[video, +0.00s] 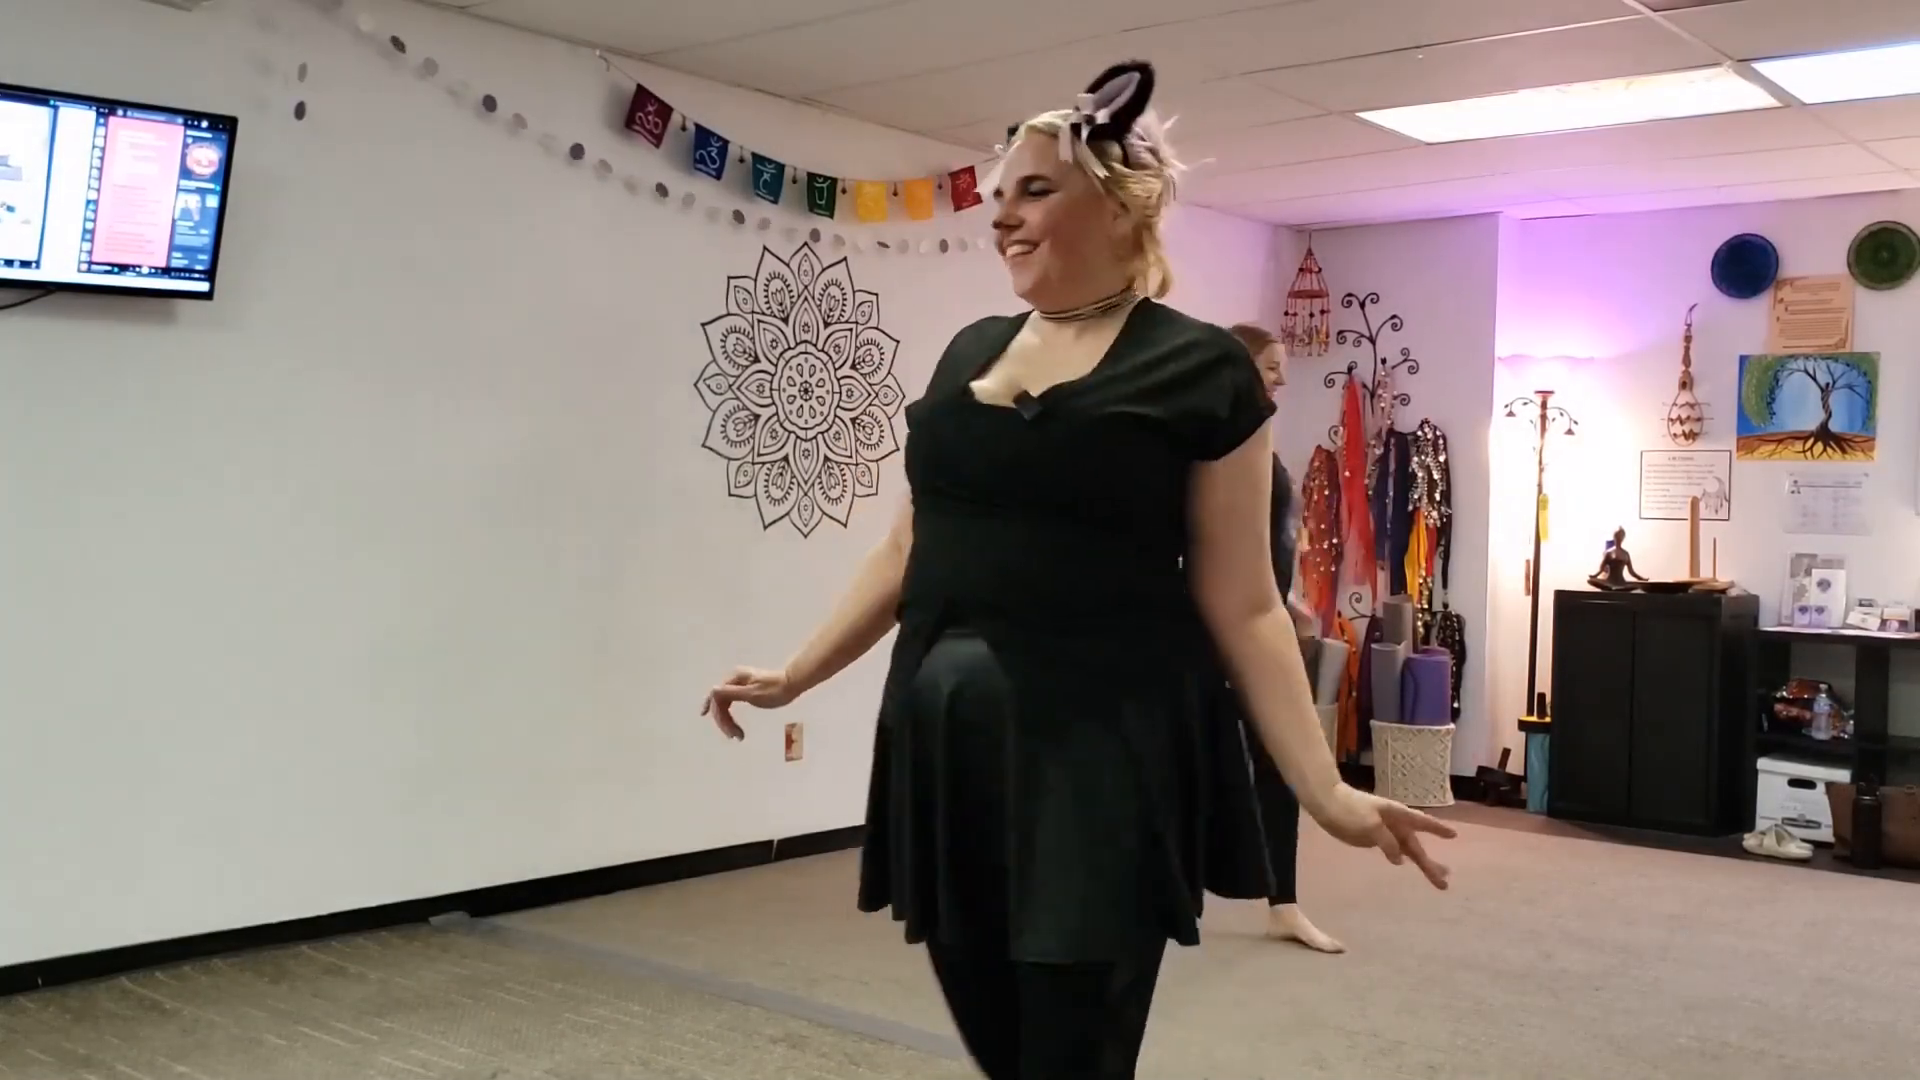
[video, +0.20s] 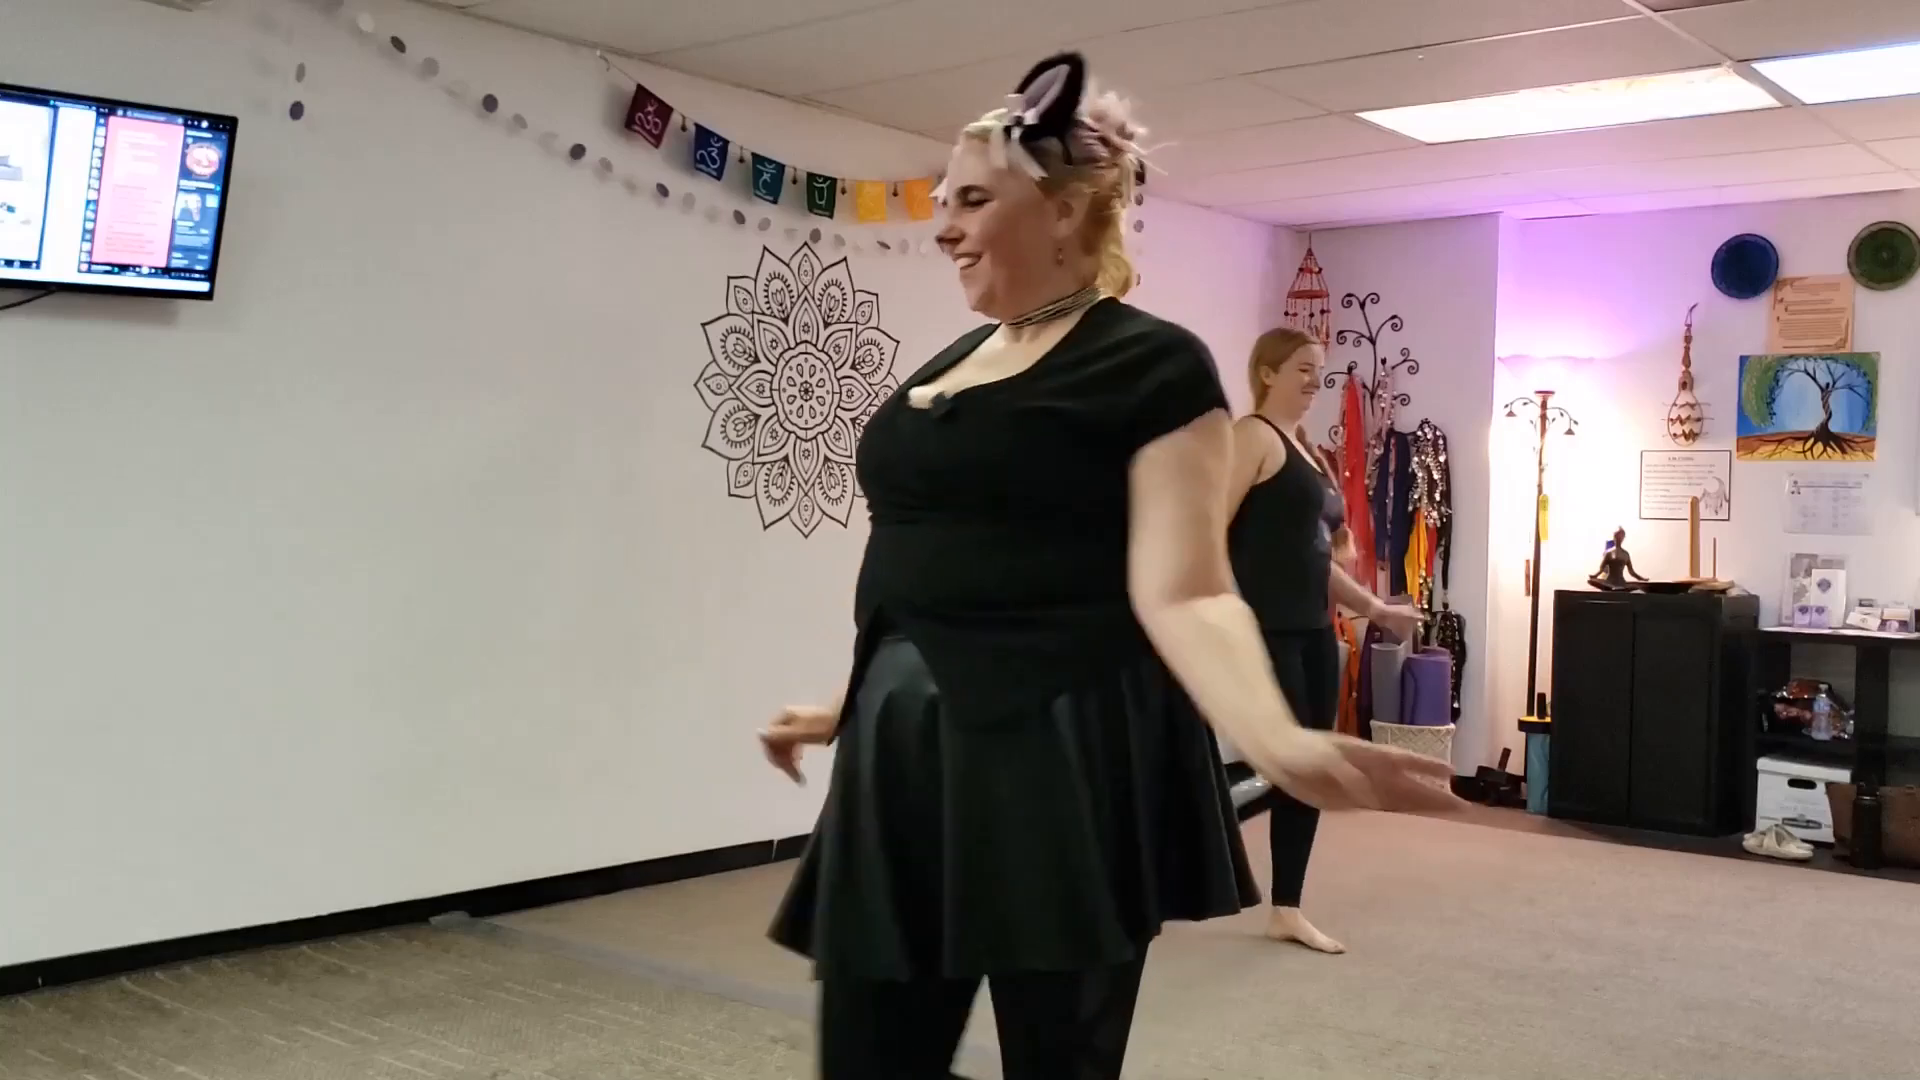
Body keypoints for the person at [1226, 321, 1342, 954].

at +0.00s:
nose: (1277, 384)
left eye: (1280, 373)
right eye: (1268, 371)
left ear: (1278, 377)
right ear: (1234, 371)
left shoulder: (1270, 464)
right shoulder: (1208, 455)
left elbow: (1276, 551)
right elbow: (1213, 556)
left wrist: (1291, 604)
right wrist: (1279, 607)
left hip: (1266, 623)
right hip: (1213, 622)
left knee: (1281, 760)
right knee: (1187, 753)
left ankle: (1284, 903)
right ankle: (1163, 900)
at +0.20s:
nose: (1313, 382)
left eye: (1318, 373)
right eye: (1303, 371)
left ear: (1317, 382)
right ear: (1267, 374)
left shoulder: (1304, 450)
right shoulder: (1250, 437)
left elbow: (1314, 559)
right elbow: (1208, 528)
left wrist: (1376, 607)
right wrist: (1215, 608)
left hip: (1314, 631)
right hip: (1263, 628)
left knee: (1306, 765)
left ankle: (1286, 906)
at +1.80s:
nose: (1360, 384)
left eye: (1356, 374)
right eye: (1357, 375)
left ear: (1290, 378)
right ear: (1346, 382)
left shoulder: (1279, 452)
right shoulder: (1381, 460)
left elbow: (1243, 529)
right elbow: (1391, 557)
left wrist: (1194, 593)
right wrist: (1363, 601)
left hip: (1287, 640)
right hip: (1366, 641)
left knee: (1251, 775)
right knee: (1369, 790)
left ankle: (1222, 907)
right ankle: (1401, 953)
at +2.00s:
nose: (1320, 373)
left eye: (1316, 361)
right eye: (1317, 364)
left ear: (1254, 372)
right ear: (1307, 374)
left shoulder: (1240, 448)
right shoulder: (1343, 450)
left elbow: (1192, 528)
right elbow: (1356, 547)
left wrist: (1112, 582)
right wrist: (1352, 606)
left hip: (1245, 631)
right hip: (1324, 629)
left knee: (1234, 774)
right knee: (1322, 774)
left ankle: (1231, 914)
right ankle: (1375, 916)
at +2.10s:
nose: (1303, 371)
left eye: (1298, 359)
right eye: (1301, 361)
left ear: (1238, 374)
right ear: (1293, 373)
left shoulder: (1227, 450)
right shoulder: (1330, 450)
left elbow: (1174, 535)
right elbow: (1347, 549)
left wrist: (1084, 579)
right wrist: (1343, 624)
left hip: (1229, 627)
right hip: (1307, 627)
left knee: (1228, 768)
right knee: (1287, 766)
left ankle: (1232, 913)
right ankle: (1337, 881)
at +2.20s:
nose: (1281, 379)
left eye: (1220, 370)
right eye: (1283, 368)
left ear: (1225, 379)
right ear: (1281, 378)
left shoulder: (1216, 456)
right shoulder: (1321, 453)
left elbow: (1155, 549)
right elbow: (1344, 554)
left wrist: (1070, 573)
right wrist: (1349, 633)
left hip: (1214, 632)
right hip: (1290, 634)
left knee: (1220, 766)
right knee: (1265, 754)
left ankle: (1232, 912)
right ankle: (1295, 842)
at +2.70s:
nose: (1253, 390)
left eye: (1246, 379)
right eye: (1253, 382)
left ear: (1196, 384)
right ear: (1247, 388)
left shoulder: (1165, 460)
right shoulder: (1274, 453)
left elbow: (1152, 552)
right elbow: (1302, 540)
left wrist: (1195, 549)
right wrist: (1347, 623)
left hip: (1184, 616)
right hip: (1259, 616)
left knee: (1202, 753)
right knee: (1229, 741)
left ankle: (1223, 897)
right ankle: (1210, 853)